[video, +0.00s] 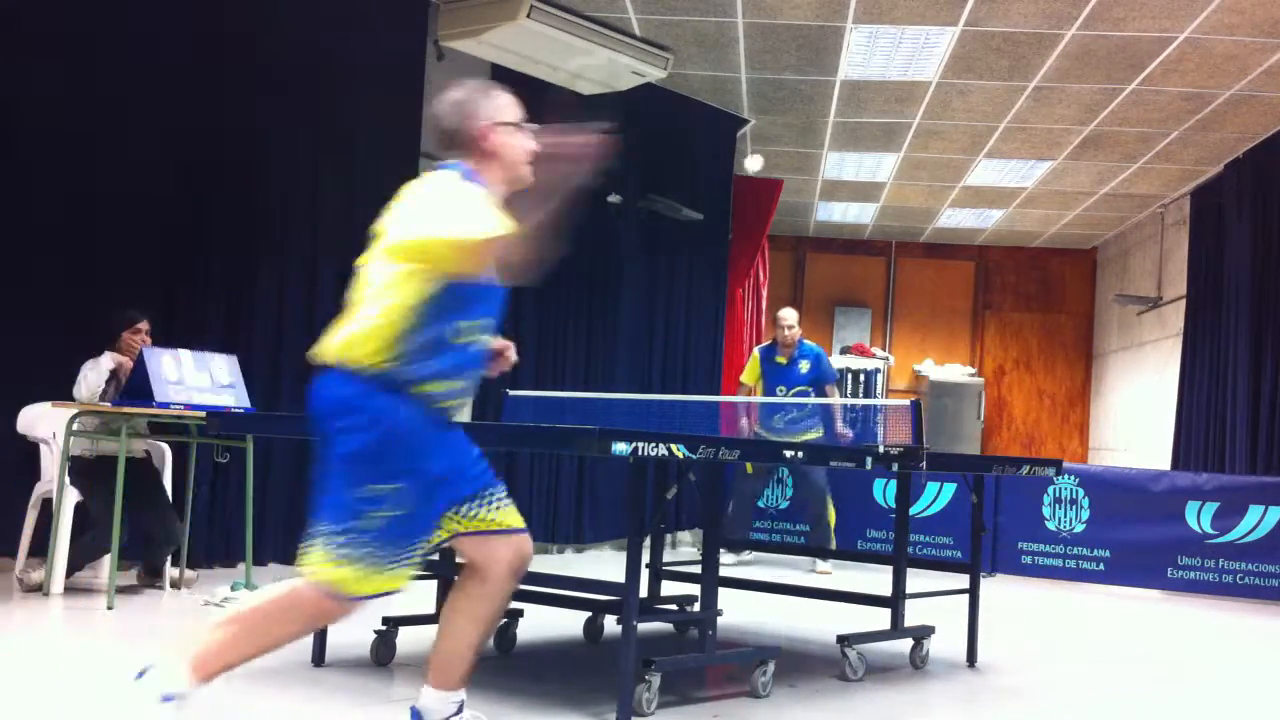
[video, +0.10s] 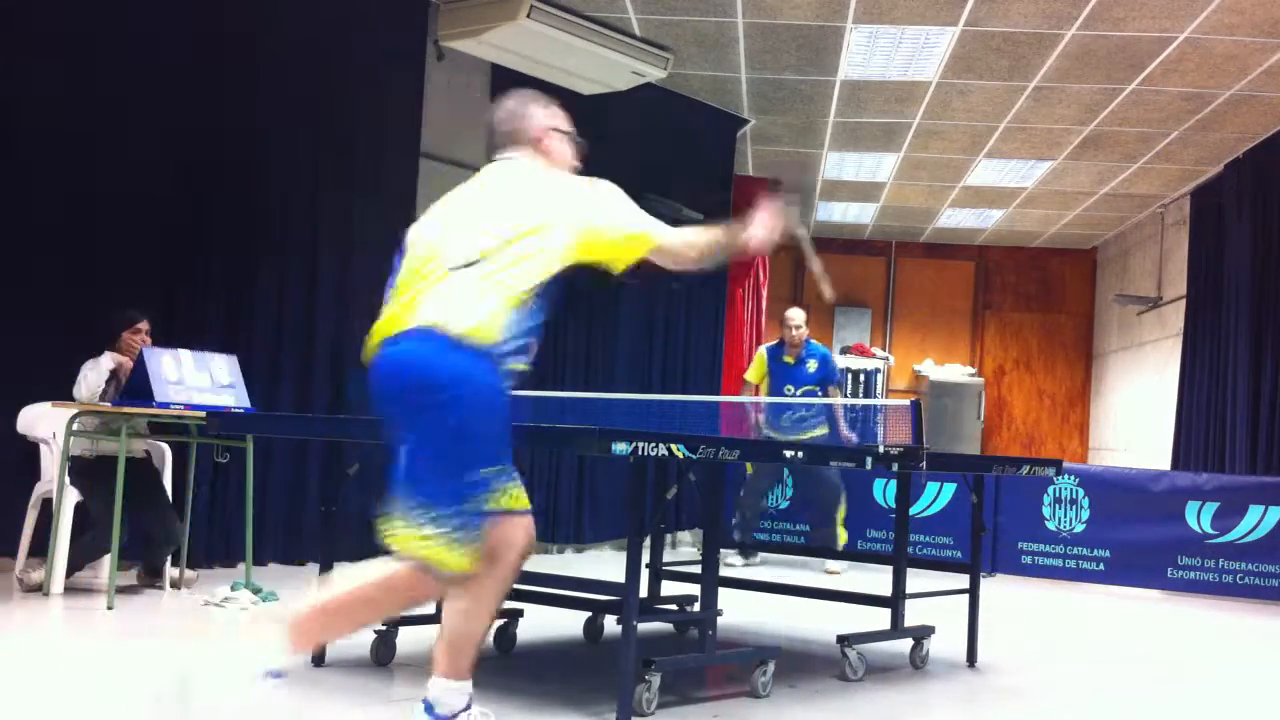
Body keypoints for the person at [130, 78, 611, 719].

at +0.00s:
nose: (532, 142)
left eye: (528, 128)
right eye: (519, 128)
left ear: (478, 141)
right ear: (483, 138)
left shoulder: (466, 207)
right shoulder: (443, 197)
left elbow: (399, 316)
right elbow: (517, 258)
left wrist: (472, 350)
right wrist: (568, 179)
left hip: (415, 407)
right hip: (370, 396)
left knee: (502, 552)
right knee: (336, 592)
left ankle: (437, 707)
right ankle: (166, 683)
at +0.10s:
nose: (577, 150)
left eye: (573, 137)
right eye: (568, 137)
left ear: (510, 144)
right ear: (543, 138)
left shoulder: (454, 200)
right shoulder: (570, 192)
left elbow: (404, 297)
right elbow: (676, 250)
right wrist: (748, 233)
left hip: (398, 363)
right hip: (457, 365)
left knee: (508, 532)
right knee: (444, 568)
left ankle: (446, 699)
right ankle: (282, 634)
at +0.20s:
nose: (615, 156)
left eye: (612, 147)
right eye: (611, 146)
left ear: (543, 148)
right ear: (593, 144)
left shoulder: (484, 194)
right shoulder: (629, 198)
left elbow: (420, 277)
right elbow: (643, 295)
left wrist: (474, 313)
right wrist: (584, 307)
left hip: (464, 341)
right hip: (546, 346)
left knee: (499, 533)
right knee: (551, 550)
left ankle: (466, 683)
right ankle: (436, 663)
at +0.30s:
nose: (650, 165)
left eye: (645, 157)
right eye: (647, 157)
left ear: (580, 154)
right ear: (637, 156)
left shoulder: (531, 190)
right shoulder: (673, 211)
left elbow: (469, 248)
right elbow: (663, 294)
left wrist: (501, 327)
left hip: (540, 357)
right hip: (640, 364)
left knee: (522, 543)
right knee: (663, 562)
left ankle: (494, 706)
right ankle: (660, 710)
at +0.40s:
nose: (684, 172)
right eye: (680, 165)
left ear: (612, 165)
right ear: (671, 165)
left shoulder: (585, 199)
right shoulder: (715, 220)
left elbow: (536, 248)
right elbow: (708, 312)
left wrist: (542, 363)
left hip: (622, 383)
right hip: (716, 388)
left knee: (559, 555)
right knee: (755, 572)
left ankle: (521, 707)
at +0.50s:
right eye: (704, 164)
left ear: (637, 180)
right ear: (702, 170)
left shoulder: (636, 229)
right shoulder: (753, 228)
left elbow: (633, 319)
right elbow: (749, 336)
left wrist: (649, 400)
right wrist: (621, 353)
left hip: (693, 415)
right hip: (783, 414)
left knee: (594, 568)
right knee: (801, 586)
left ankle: (535, 711)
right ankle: (848, 714)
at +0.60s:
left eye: (646, 147)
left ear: (647, 150)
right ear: (713, 133)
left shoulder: (661, 200)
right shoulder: (778, 187)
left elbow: (697, 271)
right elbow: (818, 280)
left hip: (713, 391)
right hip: (803, 385)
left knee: (624, 544)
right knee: (810, 565)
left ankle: (580, 699)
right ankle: (854, 708)